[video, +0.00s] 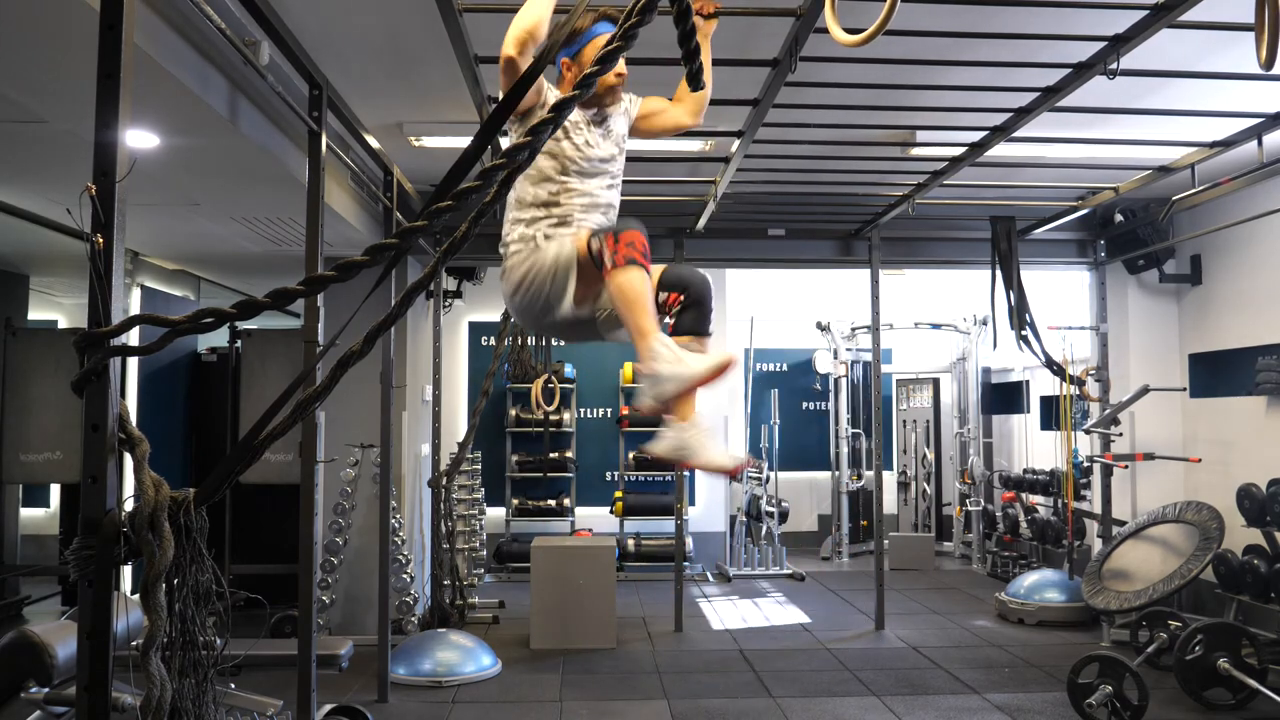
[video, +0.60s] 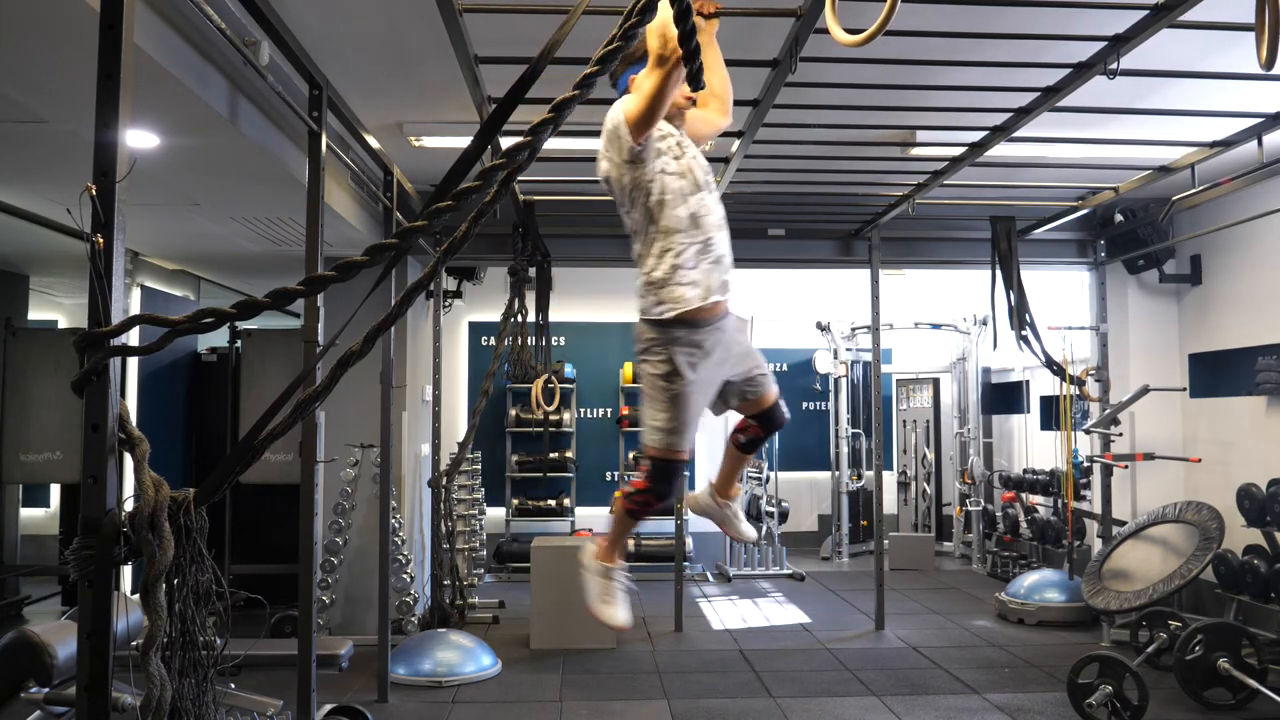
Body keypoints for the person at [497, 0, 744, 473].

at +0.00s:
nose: (621, 71)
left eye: (622, 60)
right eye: (606, 61)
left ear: (623, 66)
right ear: (569, 70)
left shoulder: (622, 112)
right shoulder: (538, 107)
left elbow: (687, 112)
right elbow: (516, 49)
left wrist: (702, 38)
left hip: (591, 290)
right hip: (530, 279)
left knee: (691, 286)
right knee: (624, 238)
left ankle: (682, 428)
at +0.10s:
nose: (620, 52)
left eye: (623, 41)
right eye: (606, 41)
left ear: (629, 45)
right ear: (573, 47)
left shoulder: (624, 94)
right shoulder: (548, 89)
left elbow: (686, 110)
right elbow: (511, 84)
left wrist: (701, 37)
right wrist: (547, 10)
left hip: (591, 261)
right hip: (531, 251)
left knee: (693, 323)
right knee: (599, 210)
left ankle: (630, 427)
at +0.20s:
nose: (621, 38)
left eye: (625, 31)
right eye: (608, 28)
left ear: (633, 44)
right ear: (580, 39)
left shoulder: (632, 94)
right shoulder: (554, 93)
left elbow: (688, 111)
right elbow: (572, 58)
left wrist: (703, 37)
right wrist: (596, 6)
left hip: (606, 260)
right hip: (546, 248)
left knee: (701, 340)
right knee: (562, 259)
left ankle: (641, 427)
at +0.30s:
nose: (635, 56)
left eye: (641, 47)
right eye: (624, 44)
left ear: (643, 50)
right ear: (587, 42)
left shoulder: (635, 98)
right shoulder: (564, 86)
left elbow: (695, 110)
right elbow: (595, 54)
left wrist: (703, 35)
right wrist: (645, 2)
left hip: (625, 278)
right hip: (561, 276)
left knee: (709, 365)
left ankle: (673, 440)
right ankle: (472, 453)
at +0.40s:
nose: (660, 65)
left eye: (660, 59)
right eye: (646, 59)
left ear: (646, 63)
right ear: (610, 59)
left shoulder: (647, 111)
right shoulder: (584, 114)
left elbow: (702, 112)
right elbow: (652, 56)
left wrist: (706, 40)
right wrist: (666, 5)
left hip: (649, 296)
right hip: (589, 302)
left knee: (719, 390)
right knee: (568, 446)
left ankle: (695, 462)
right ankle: (502, 498)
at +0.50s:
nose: (669, 82)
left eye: (672, 73)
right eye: (659, 70)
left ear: (665, 80)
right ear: (628, 72)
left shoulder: (661, 121)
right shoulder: (599, 124)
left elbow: (708, 110)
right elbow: (656, 56)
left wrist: (705, 40)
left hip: (685, 317)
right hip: (629, 327)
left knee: (742, 408)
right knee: (609, 471)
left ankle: (707, 477)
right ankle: (551, 527)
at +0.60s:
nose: (669, 86)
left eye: (673, 78)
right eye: (658, 77)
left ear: (667, 88)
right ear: (634, 85)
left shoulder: (681, 132)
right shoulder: (621, 135)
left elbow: (719, 108)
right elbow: (661, 84)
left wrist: (708, 38)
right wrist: (671, 53)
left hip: (722, 321)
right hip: (671, 333)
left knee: (765, 416)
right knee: (662, 482)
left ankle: (720, 496)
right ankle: (605, 557)